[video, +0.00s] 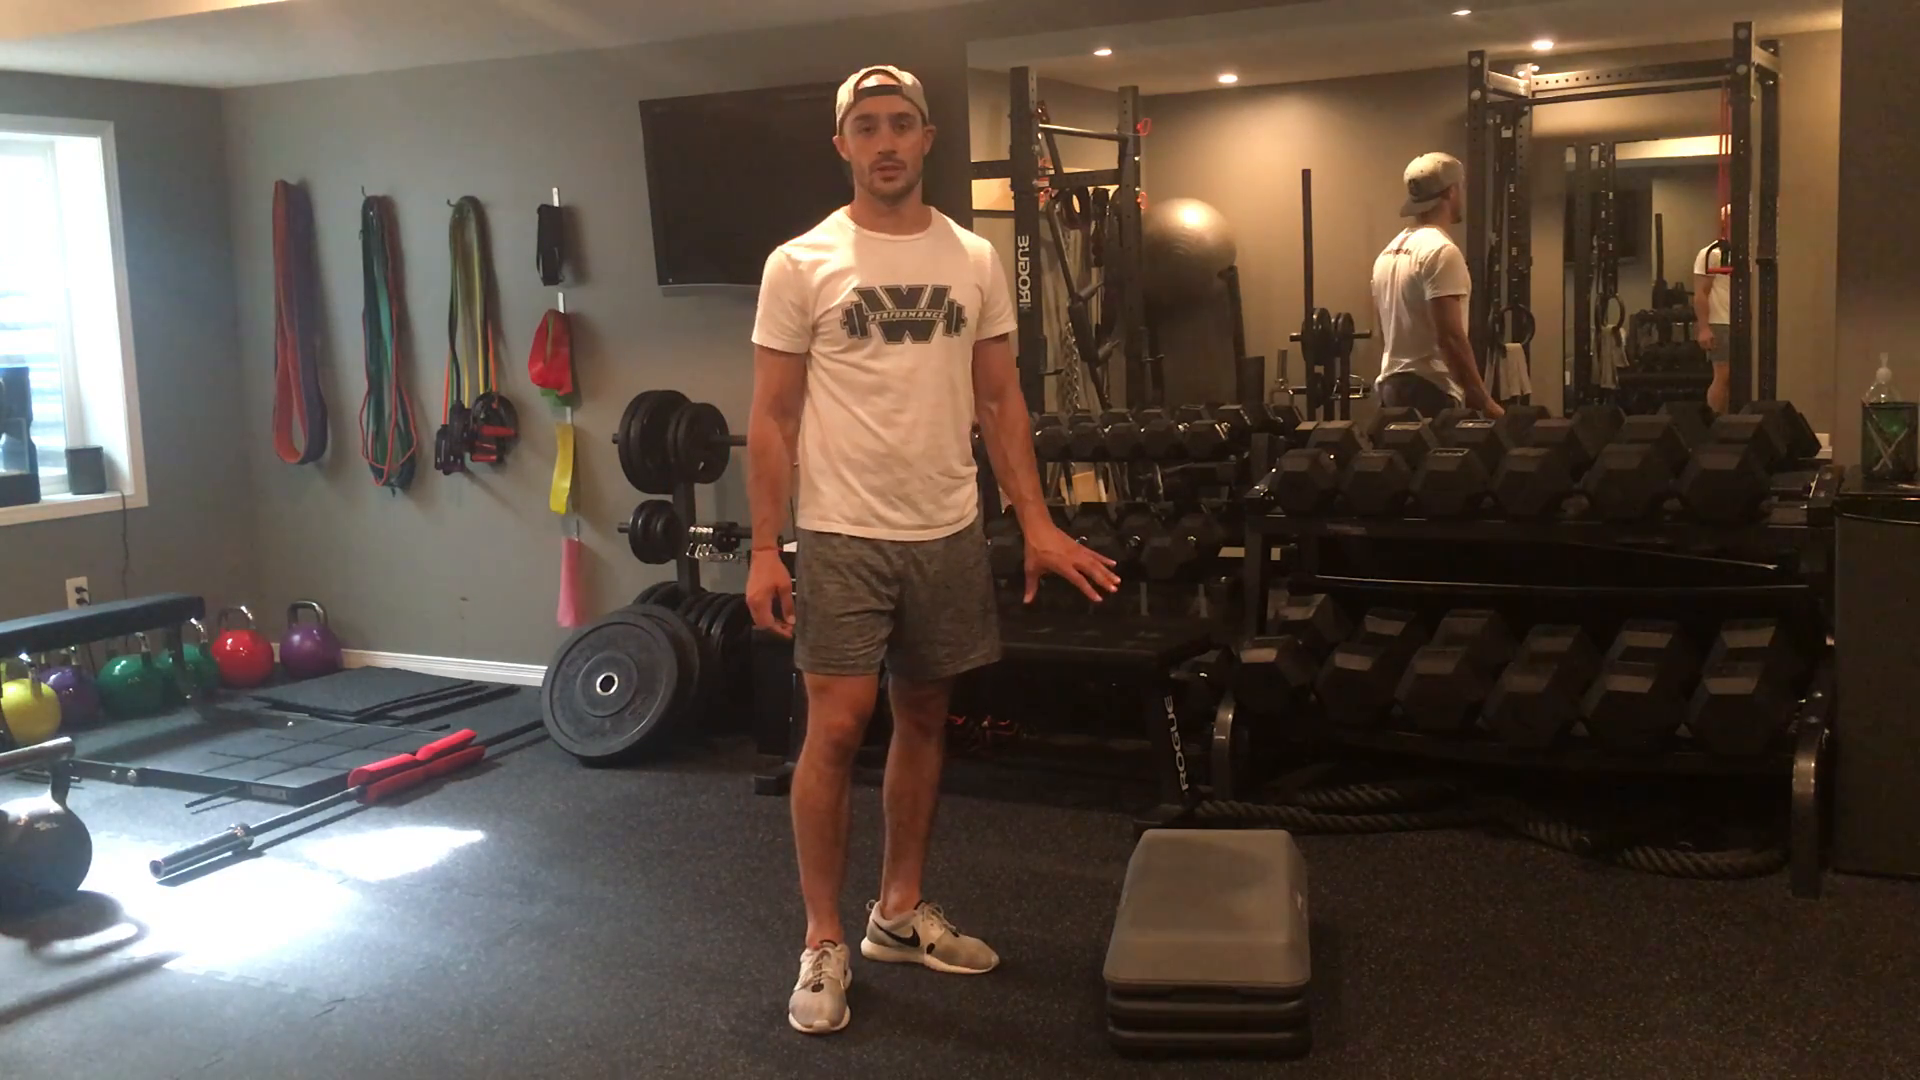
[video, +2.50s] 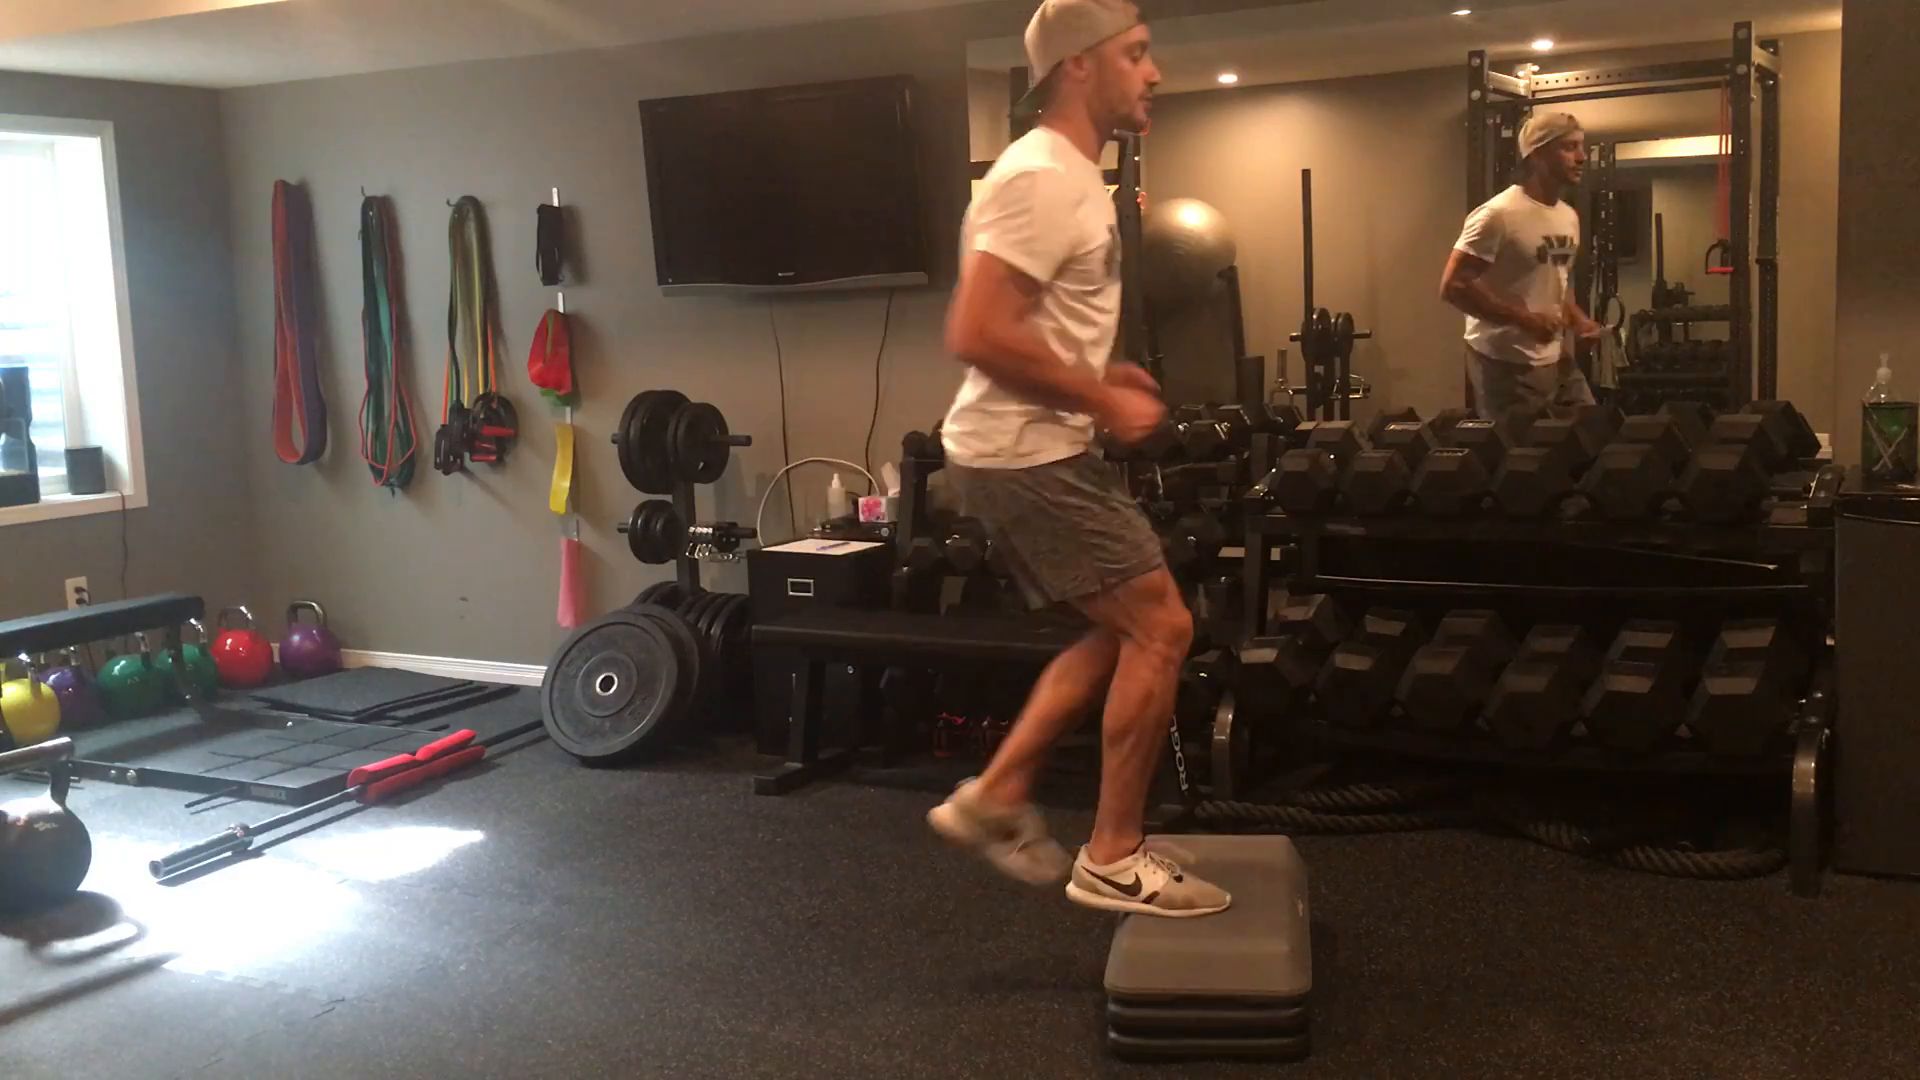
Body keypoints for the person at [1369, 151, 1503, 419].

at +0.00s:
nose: (1464, 196)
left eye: (1463, 188)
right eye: (1462, 188)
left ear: (1418, 197)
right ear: (1451, 193)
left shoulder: (1388, 253)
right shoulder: (1441, 250)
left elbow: (1386, 333)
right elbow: (1451, 338)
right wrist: (1483, 400)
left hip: (1391, 388)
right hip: (1431, 391)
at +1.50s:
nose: (1477, 215)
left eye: (1479, 205)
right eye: (1471, 204)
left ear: (1444, 199)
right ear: (1443, 199)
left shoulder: (1440, 249)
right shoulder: (1409, 247)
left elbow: (1429, 327)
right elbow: (1395, 327)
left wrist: (1444, 394)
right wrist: (1438, 392)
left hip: (1428, 394)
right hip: (1400, 392)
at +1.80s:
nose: (1487, 214)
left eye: (1490, 204)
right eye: (1478, 204)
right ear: (1450, 201)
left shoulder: (1475, 257)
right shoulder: (1409, 252)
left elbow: (1464, 329)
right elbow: (1366, 318)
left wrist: (1479, 392)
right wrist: (1395, 386)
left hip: (1452, 399)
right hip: (1411, 400)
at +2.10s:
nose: (1518, 220)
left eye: (1519, 210)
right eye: (1505, 212)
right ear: (1475, 215)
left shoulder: (1508, 259)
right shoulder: (1432, 269)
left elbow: (1491, 331)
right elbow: (1384, 331)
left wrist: (1506, 374)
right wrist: (1433, 386)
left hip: (1484, 411)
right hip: (1438, 414)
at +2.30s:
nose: (1554, 189)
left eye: (1554, 179)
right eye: (1543, 179)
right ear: (1513, 185)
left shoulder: (1533, 235)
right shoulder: (1474, 237)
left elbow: (1504, 301)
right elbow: (1431, 305)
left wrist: (1523, 338)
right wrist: (1508, 317)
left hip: (1513, 370)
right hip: (1464, 380)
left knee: (1569, 420)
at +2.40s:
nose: (1573, 161)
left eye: (1573, 152)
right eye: (1561, 152)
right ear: (1529, 158)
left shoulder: (1552, 215)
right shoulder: (1491, 213)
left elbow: (1529, 285)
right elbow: (1444, 281)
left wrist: (1544, 322)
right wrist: (1517, 296)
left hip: (1534, 356)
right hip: (1485, 367)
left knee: (1582, 420)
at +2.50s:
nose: (1582, 157)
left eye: (1582, 147)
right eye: (1570, 147)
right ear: (1537, 153)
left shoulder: (1568, 217)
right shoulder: (1496, 216)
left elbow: (1555, 286)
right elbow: (1453, 287)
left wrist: (1578, 319)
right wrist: (1522, 317)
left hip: (1557, 364)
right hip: (1504, 367)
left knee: (1589, 441)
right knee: (1514, 461)